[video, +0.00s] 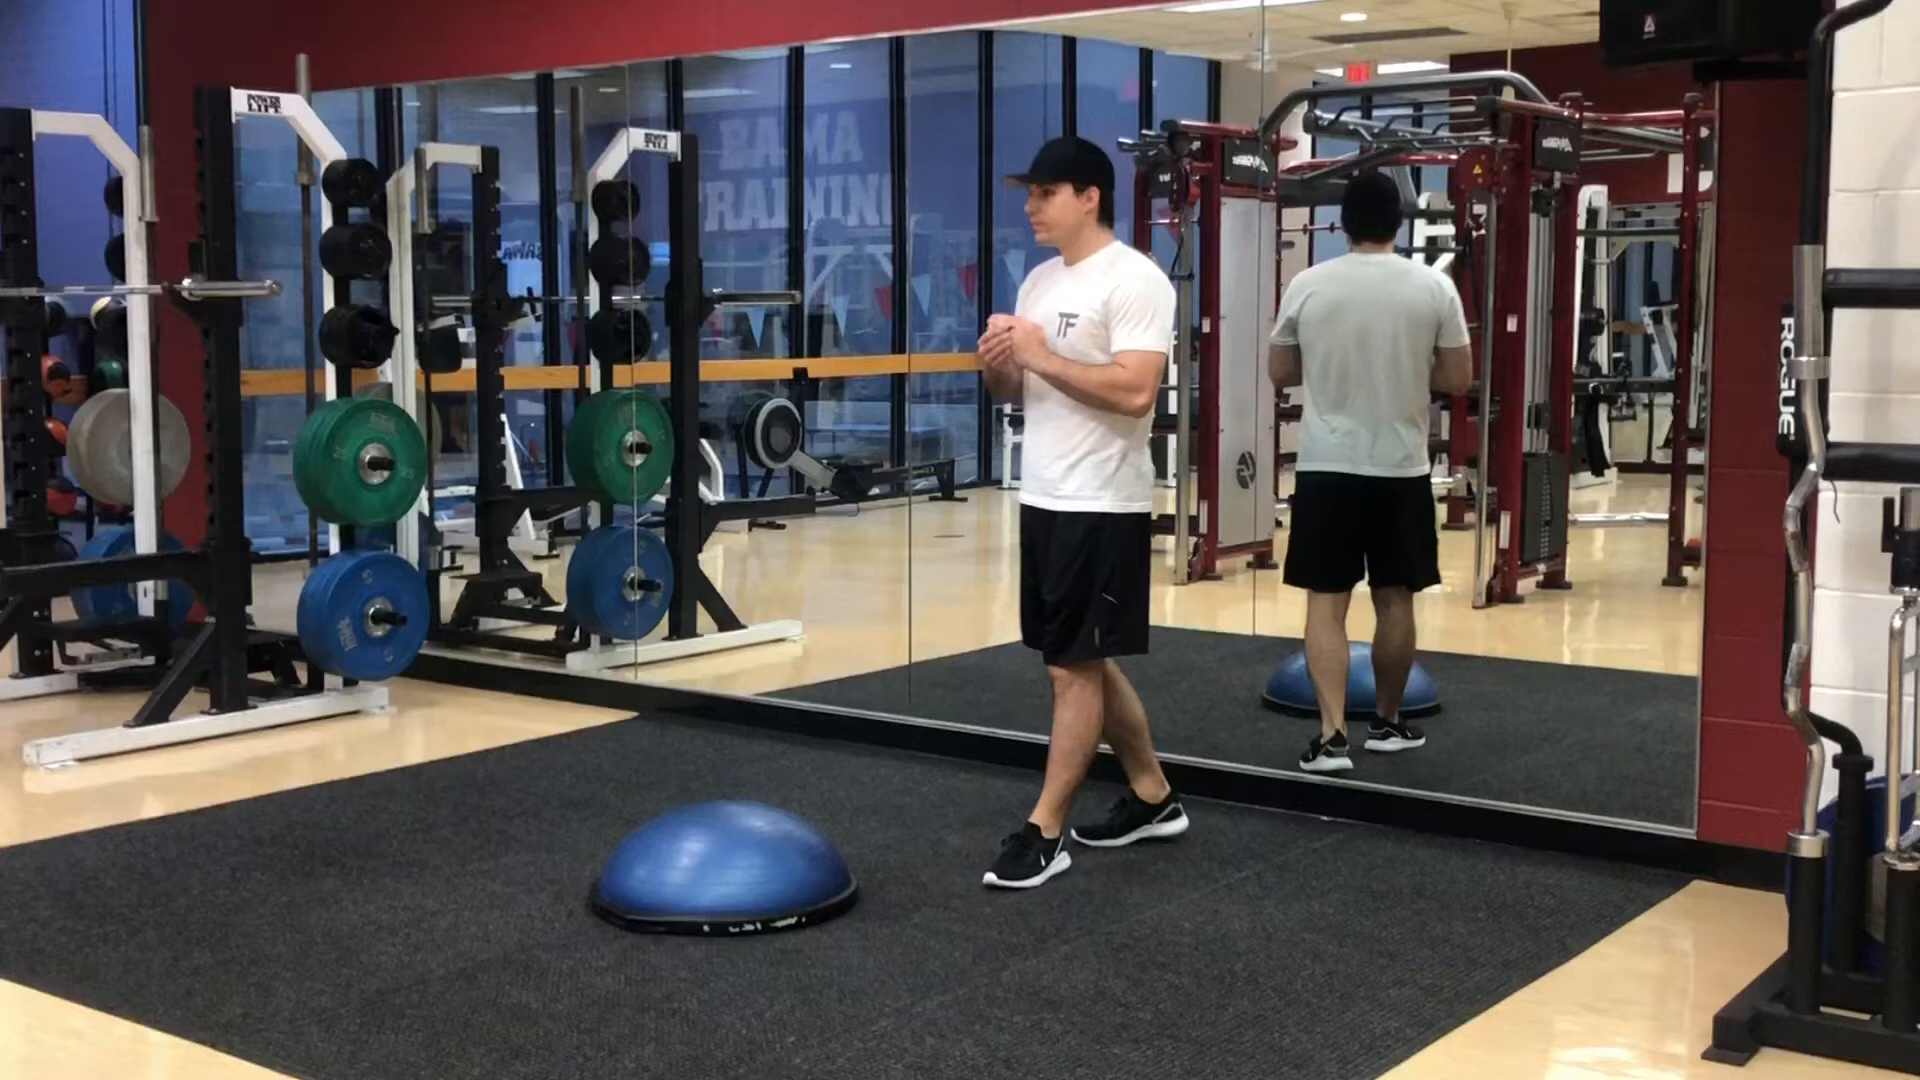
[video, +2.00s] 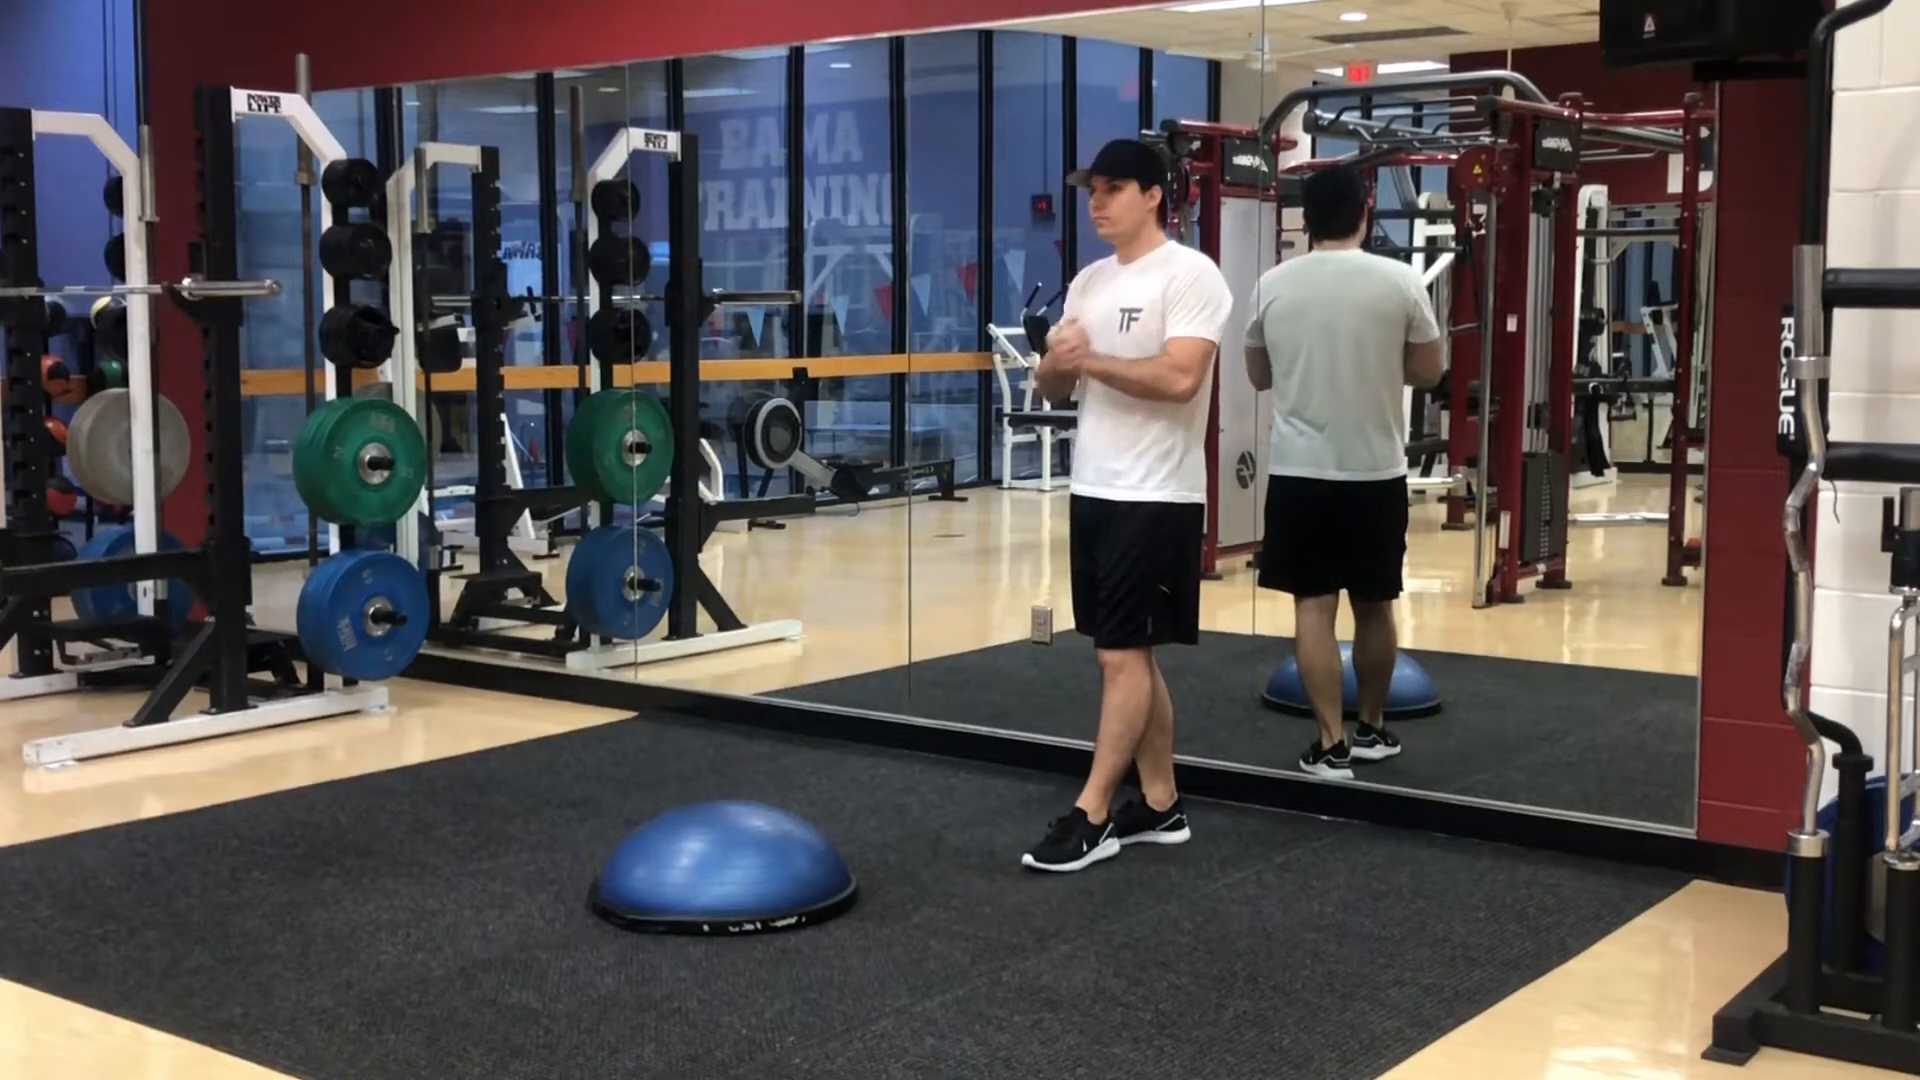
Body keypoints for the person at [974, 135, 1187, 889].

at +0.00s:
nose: (1032, 207)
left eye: (1045, 193)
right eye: (1032, 194)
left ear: (1089, 198)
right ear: (1064, 202)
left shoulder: (1140, 280)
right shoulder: (1039, 280)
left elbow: (1134, 393)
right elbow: (1014, 393)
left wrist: (1041, 358)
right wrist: (994, 364)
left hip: (1103, 503)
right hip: (1044, 498)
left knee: (1073, 665)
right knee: (1083, 659)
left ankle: (1045, 828)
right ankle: (1153, 793)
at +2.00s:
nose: (1097, 205)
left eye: (1111, 191)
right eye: (1093, 193)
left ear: (1152, 196)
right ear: (1095, 199)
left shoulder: (1193, 274)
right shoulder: (1088, 281)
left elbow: (1180, 379)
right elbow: (1051, 386)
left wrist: (1087, 363)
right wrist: (1054, 361)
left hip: (1156, 492)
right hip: (1095, 489)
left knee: (1121, 652)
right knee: (1128, 653)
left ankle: (1091, 813)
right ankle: (1161, 802)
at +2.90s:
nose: (1039, 255)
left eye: (1045, 239)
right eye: (1032, 243)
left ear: (1086, 219)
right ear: (1056, 229)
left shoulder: (1151, 284)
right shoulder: (1049, 292)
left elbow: (1202, 388)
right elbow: (1053, 395)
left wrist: (1201, 498)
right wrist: (1039, 483)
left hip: (1132, 508)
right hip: (1071, 505)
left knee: (1080, 658)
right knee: (1114, 662)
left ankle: (1043, 820)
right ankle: (1159, 803)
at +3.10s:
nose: (1013, 256)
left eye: (1020, 239)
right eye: (1006, 244)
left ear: (1060, 217)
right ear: (1030, 228)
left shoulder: (1125, 282)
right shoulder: (1021, 288)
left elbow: (1167, 395)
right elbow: (1015, 388)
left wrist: (1109, 482)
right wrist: (979, 457)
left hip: (1105, 509)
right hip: (1042, 506)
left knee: (1071, 666)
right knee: (1083, 661)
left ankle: (1041, 821)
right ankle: (1150, 792)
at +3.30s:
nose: (988, 253)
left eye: (994, 238)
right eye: (982, 242)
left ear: (1034, 215)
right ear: (1010, 224)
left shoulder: (1102, 280)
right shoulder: (1001, 283)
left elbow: (1146, 390)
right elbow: (999, 377)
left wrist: (1090, 476)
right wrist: (953, 447)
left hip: (1091, 511)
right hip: (1023, 508)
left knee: (1070, 667)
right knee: (1012, 657)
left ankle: (1039, 824)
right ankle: (1101, 772)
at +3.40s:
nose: (982, 256)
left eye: (987, 240)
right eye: (975, 244)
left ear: (1027, 216)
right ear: (1007, 224)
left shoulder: (1096, 280)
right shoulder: (995, 282)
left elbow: (1142, 390)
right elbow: (994, 377)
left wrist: (1096, 488)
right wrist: (952, 455)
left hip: (1085, 512)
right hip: (1018, 509)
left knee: (1066, 667)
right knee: (1006, 656)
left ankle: (1037, 823)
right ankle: (1077, 790)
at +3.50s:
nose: (978, 256)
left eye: (983, 240)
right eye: (971, 245)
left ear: (1022, 216)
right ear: (994, 227)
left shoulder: (1092, 280)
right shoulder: (990, 283)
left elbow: (1140, 390)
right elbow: (989, 380)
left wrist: (1107, 494)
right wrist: (956, 462)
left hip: (1076, 513)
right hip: (1013, 510)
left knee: (1063, 666)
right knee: (1008, 659)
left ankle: (1041, 824)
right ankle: (1068, 794)